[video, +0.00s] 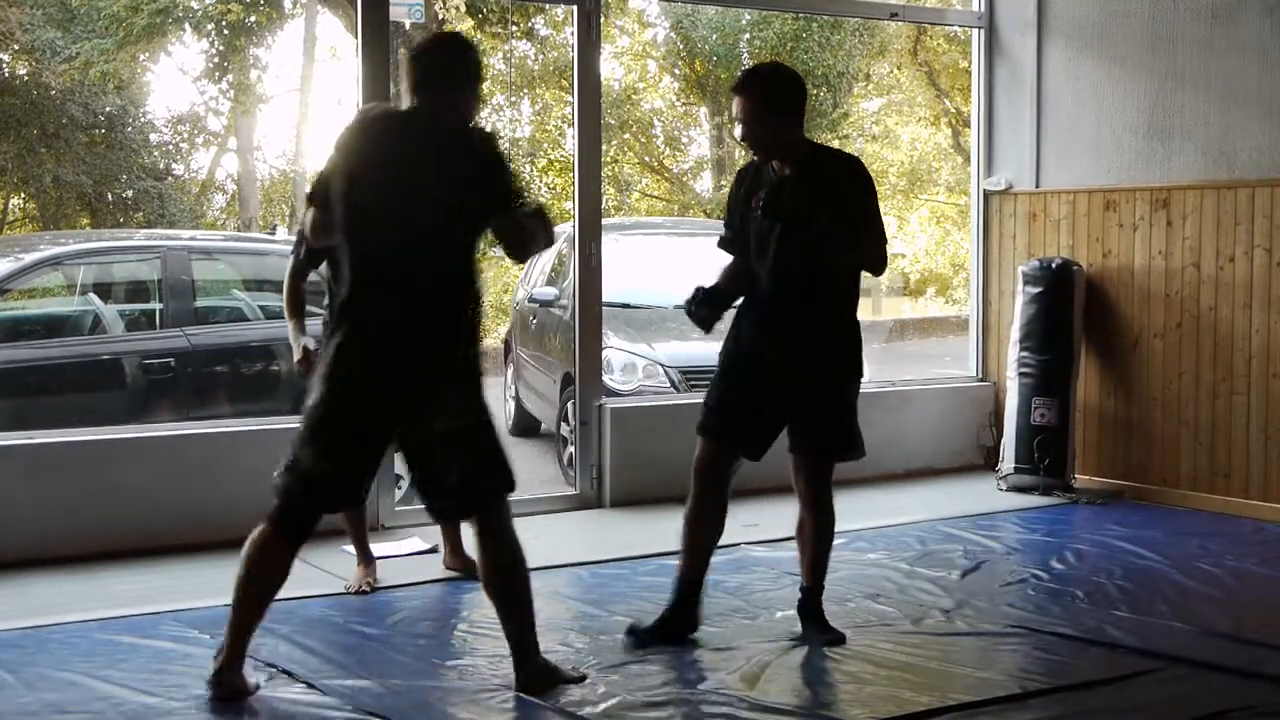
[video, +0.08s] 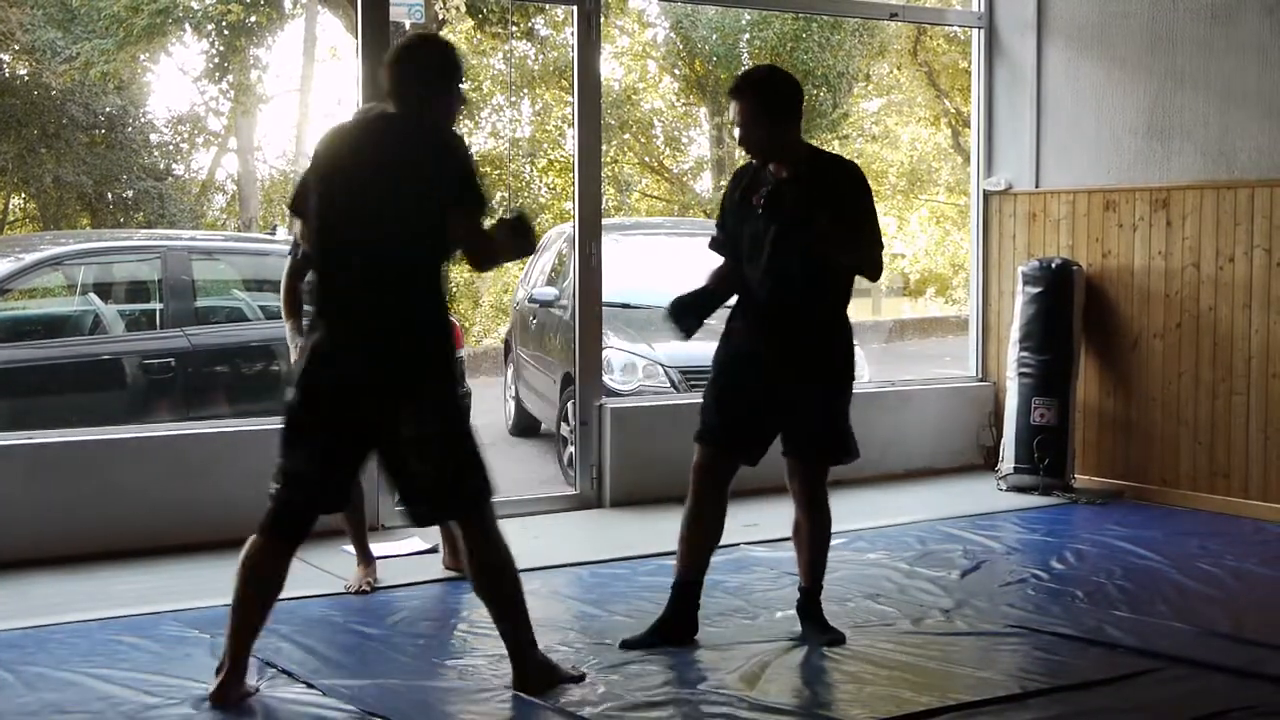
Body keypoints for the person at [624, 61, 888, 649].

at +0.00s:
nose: (740, 134)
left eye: (748, 121)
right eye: (738, 122)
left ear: (787, 115)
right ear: (758, 119)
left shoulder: (843, 172)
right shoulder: (750, 178)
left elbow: (875, 259)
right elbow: (745, 260)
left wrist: (810, 217)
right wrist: (715, 296)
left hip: (822, 350)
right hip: (754, 346)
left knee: (814, 483)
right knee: (708, 466)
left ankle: (812, 607)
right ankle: (683, 609)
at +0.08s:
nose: (736, 134)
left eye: (744, 123)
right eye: (735, 123)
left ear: (781, 117)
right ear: (756, 121)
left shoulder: (841, 178)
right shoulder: (746, 181)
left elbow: (870, 264)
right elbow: (737, 263)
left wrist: (805, 217)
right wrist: (702, 300)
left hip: (815, 354)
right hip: (747, 351)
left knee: (809, 485)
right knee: (707, 474)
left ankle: (810, 607)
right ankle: (680, 615)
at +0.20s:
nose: (732, 136)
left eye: (740, 123)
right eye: (730, 123)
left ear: (777, 117)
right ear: (745, 121)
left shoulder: (837, 178)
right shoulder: (740, 182)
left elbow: (859, 268)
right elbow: (713, 266)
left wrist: (800, 227)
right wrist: (674, 318)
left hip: (809, 351)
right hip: (739, 349)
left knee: (804, 481)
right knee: (700, 470)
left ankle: (811, 609)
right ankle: (680, 615)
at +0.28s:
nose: (730, 133)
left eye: (738, 121)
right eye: (727, 121)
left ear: (774, 115)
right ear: (746, 119)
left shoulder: (833, 176)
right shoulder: (737, 180)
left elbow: (858, 266)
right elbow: (710, 266)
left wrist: (798, 215)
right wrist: (674, 310)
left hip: (808, 349)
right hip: (737, 347)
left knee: (804, 480)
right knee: (696, 467)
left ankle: (811, 609)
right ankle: (678, 615)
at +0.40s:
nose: (725, 133)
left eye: (733, 121)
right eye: (723, 121)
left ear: (769, 115)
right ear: (741, 120)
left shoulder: (829, 176)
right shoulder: (733, 183)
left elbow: (851, 265)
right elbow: (712, 268)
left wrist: (795, 216)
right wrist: (677, 307)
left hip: (803, 354)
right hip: (734, 352)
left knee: (804, 481)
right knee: (686, 465)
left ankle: (811, 607)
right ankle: (677, 611)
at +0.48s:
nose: (722, 136)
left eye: (730, 123)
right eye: (720, 123)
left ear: (767, 117)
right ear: (738, 122)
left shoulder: (824, 174)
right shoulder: (733, 182)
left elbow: (845, 264)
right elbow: (717, 267)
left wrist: (784, 207)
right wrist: (679, 311)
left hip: (802, 350)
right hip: (733, 348)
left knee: (801, 477)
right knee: (681, 462)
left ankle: (811, 607)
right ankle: (677, 607)